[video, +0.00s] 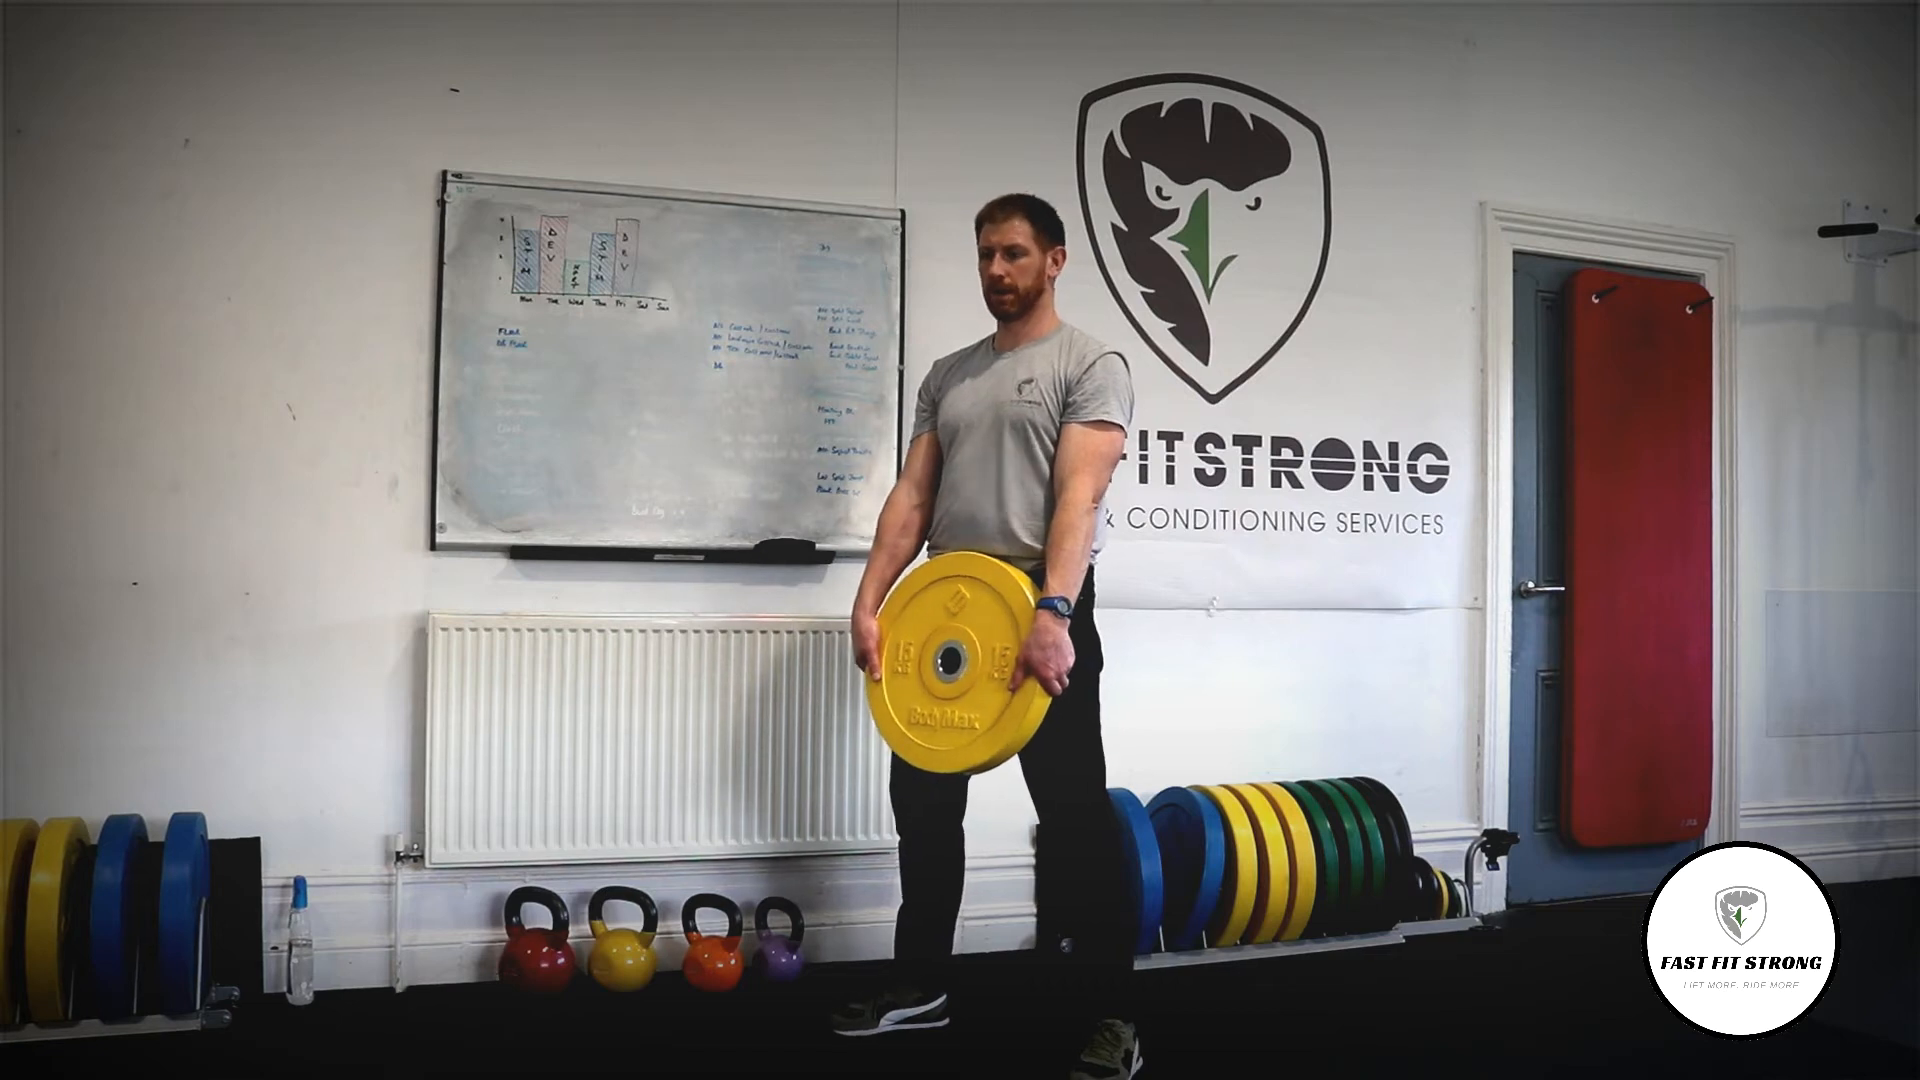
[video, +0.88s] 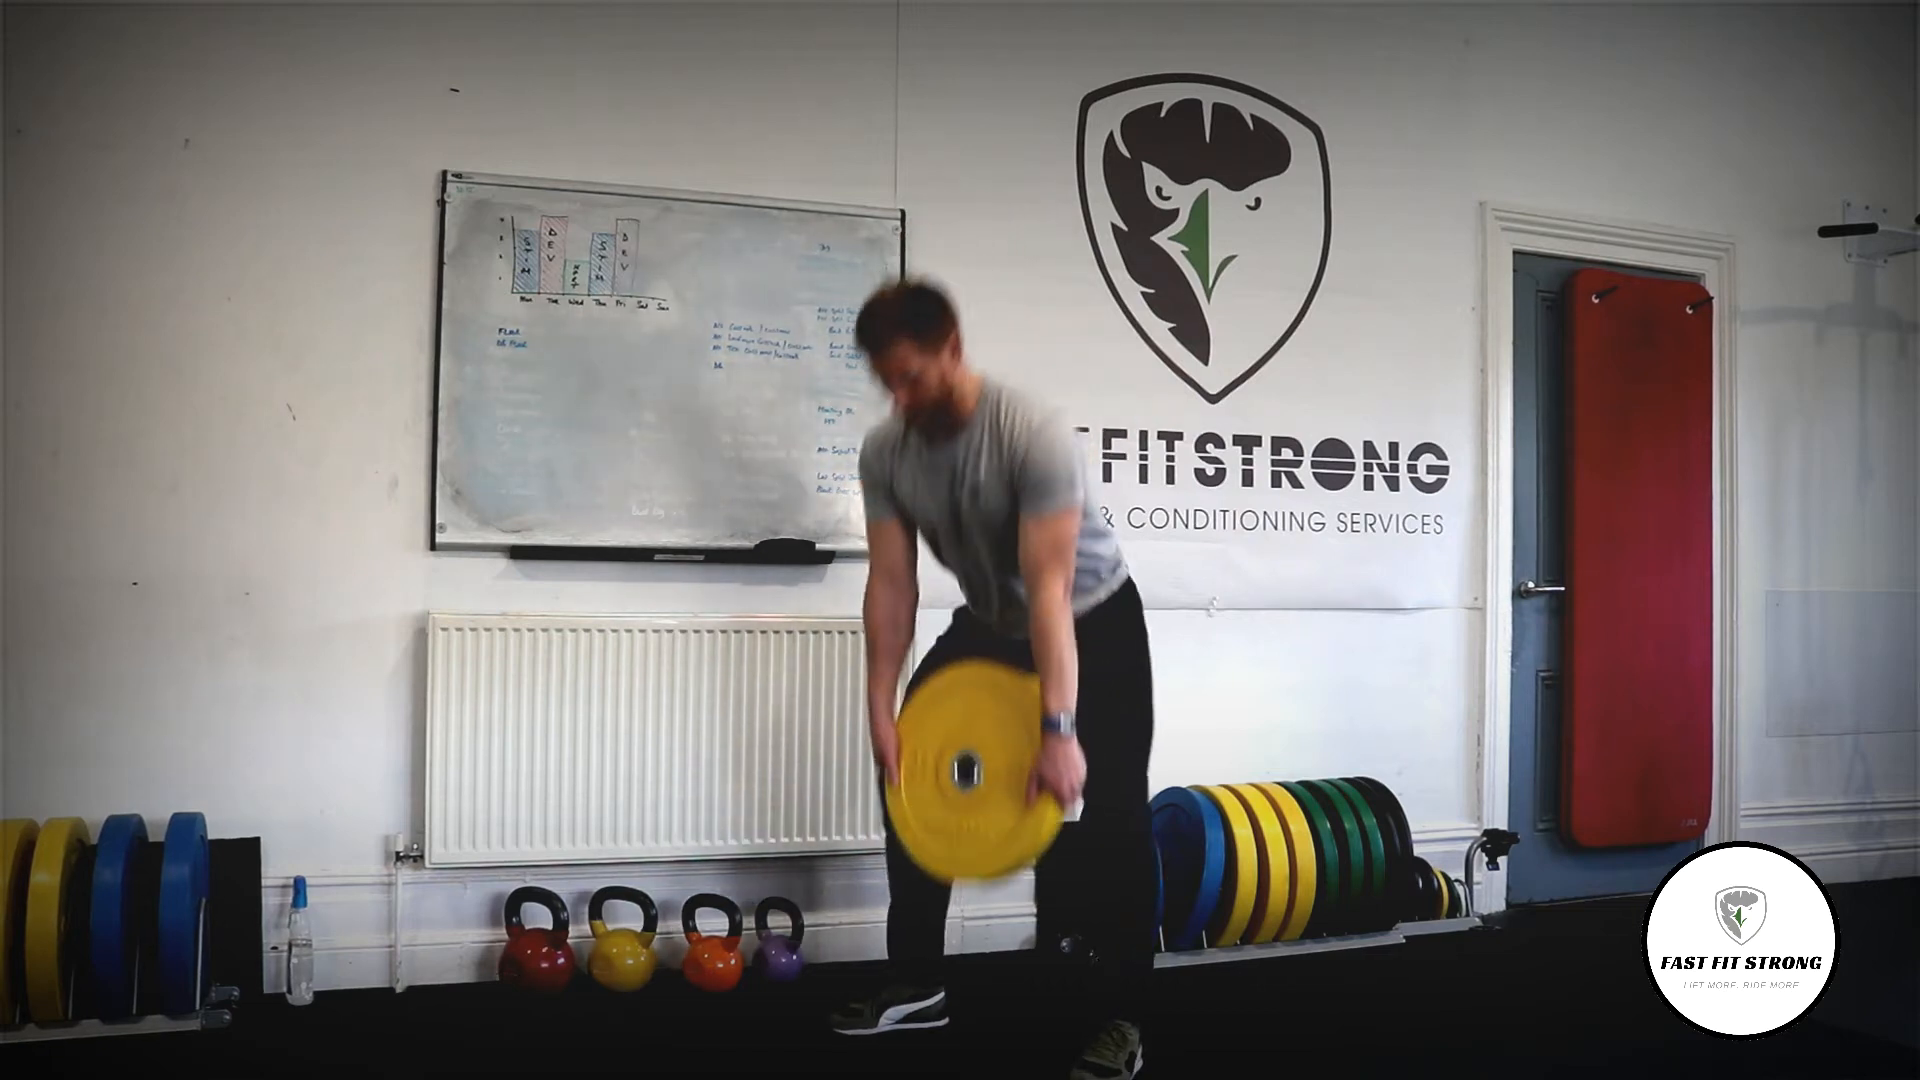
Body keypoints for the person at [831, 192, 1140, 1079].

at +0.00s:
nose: (996, 268)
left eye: (1013, 253)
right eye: (987, 256)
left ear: (1054, 261)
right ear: (978, 267)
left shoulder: (1091, 364)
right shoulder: (946, 377)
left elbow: (1079, 496)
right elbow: (912, 498)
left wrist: (1054, 608)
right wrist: (868, 601)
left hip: (1046, 606)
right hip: (943, 607)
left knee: (1071, 807)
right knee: (923, 797)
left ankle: (1105, 1014)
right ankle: (920, 988)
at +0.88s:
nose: (900, 396)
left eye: (911, 377)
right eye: (887, 381)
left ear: (951, 348)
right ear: (874, 370)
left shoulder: (1033, 436)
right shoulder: (886, 451)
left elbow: (1049, 588)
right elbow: (891, 581)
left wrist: (1061, 727)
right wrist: (882, 709)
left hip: (1089, 618)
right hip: (989, 621)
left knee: (1107, 810)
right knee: (916, 770)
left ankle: (1116, 1015)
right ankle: (916, 983)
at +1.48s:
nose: (877, 596)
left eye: (888, 575)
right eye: (865, 579)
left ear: (935, 549)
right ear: (855, 568)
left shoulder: (1021, 630)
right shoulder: (875, 639)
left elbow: (1039, 788)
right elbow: (888, 770)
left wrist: (1054, 922)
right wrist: (885, 897)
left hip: (1096, 758)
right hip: (985, 766)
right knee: (843, 799)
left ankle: (1112, 1029)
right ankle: (907, 988)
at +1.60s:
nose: (884, 546)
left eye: (898, 527)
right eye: (875, 529)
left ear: (948, 515)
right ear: (866, 528)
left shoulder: (1021, 602)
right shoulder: (880, 610)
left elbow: (1044, 751)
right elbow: (888, 734)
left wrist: (1053, 892)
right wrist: (883, 858)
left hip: (1096, 742)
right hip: (984, 749)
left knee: (1120, 868)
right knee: (840, 800)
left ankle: (1115, 1031)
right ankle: (909, 989)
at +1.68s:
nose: (890, 499)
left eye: (904, 481)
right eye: (882, 483)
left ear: (958, 471)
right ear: (876, 484)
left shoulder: (1025, 558)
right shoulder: (884, 567)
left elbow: (1065, 698)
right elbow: (891, 686)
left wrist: (1054, 837)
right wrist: (880, 808)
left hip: (1093, 717)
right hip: (982, 721)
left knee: (1113, 869)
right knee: (848, 797)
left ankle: (1114, 1033)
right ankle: (911, 985)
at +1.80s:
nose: (905, 406)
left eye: (922, 389)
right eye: (897, 391)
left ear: (972, 391)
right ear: (890, 398)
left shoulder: (1030, 478)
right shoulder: (894, 490)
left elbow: (1109, 594)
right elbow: (905, 603)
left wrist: (1062, 717)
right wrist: (877, 725)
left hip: (1088, 671)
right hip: (991, 673)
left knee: (1114, 839)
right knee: (868, 790)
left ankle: (1114, 1027)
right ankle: (914, 988)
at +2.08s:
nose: (1014, 262)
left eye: (1034, 251)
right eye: (1011, 251)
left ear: (1079, 278)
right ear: (1004, 271)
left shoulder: (1099, 366)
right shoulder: (973, 364)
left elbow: (1116, 496)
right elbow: (914, 494)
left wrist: (1053, 420)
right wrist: (863, 417)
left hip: (1039, 607)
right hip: (946, 604)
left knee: (1063, 811)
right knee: (889, 789)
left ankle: (1102, 1018)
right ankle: (914, 989)